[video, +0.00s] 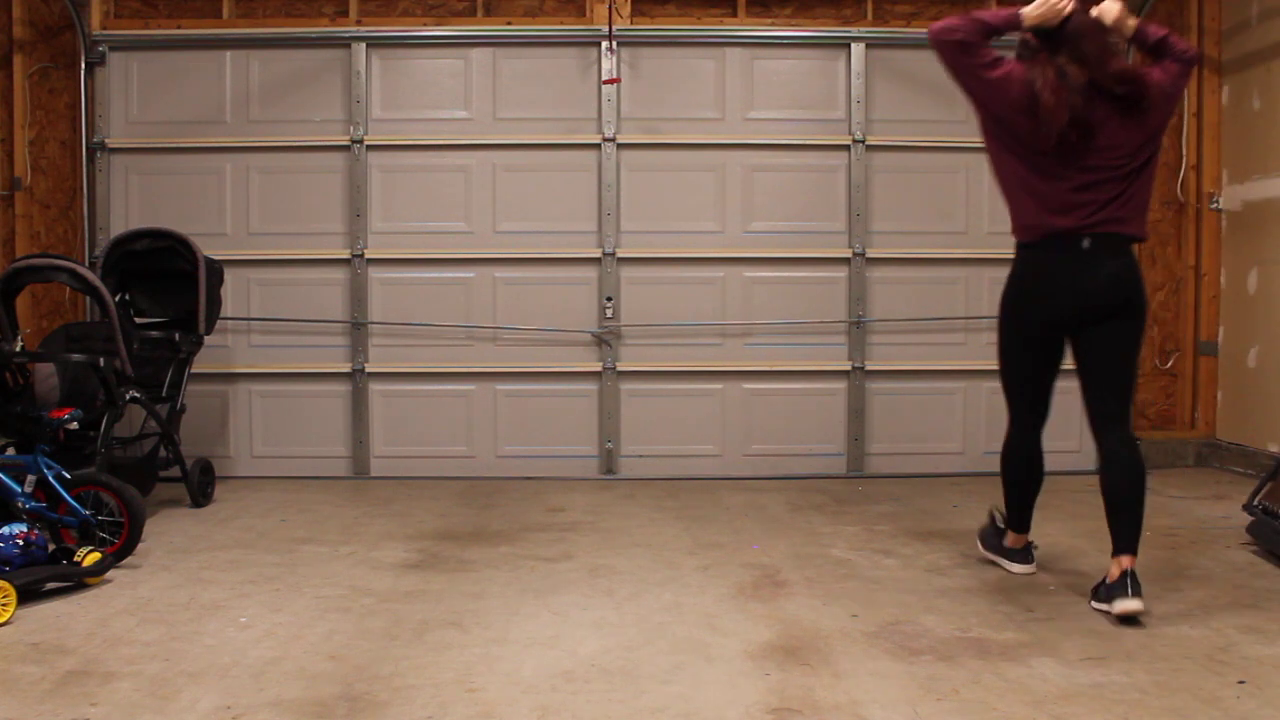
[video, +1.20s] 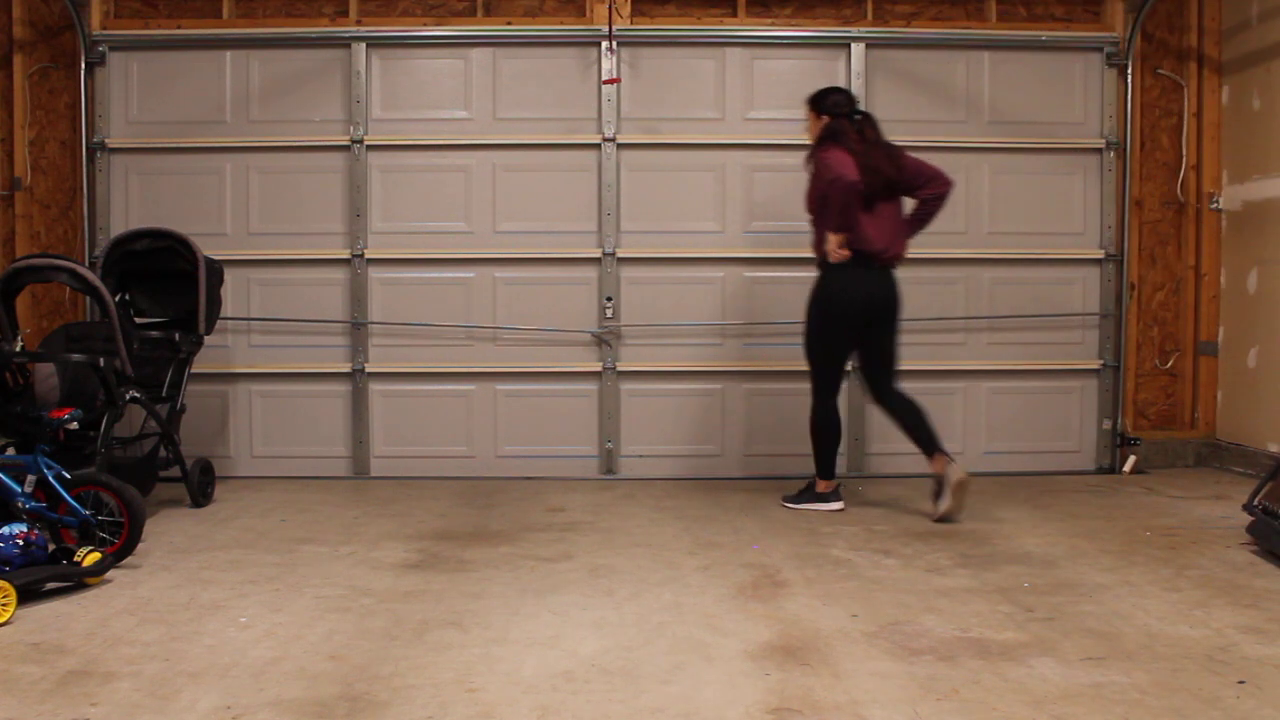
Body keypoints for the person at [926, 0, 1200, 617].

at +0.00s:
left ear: (1038, 47)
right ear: (1107, 48)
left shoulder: (1011, 91)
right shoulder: (1141, 96)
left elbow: (946, 34)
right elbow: (1183, 56)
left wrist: (1017, 16)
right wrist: (1133, 26)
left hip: (1038, 272)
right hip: (1114, 272)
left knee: (1025, 418)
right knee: (1115, 427)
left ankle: (1016, 539)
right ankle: (1124, 572)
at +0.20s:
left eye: (998, 60)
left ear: (997, 69)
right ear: (1068, 73)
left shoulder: (978, 121)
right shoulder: (1092, 118)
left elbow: (905, 120)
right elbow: (1149, 122)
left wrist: (952, 62)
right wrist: (1107, 70)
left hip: (998, 278)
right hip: (1066, 277)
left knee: (1000, 413)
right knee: (1060, 403)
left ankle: (1014, 538)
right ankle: (1092, 497)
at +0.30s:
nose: (977, 63)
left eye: (980, 55)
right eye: (979, 54)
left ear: (992, 57)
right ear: (1037, 54)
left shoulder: (980, 112)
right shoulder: (1069, 111)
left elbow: (924, 176)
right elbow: (1131, 174)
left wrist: (906, 142)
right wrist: (1071, 164)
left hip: (987, 274)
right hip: (1052, 272)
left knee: (996, 407)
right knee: (1036, 388)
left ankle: (1015, 539)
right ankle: (1055, 501)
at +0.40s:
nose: (965, 74)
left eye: (967, 66)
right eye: (967, 65)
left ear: (977, 68)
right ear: (1021, 66)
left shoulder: (963, 118)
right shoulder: (1052, 118)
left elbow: (926, 184)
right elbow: (1104, 194)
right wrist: (1072, 236)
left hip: (976, 278)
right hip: (1037, 276)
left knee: (994, 405)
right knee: (1020, 395)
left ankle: (1015, 536)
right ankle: (1012, 517)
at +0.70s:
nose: (920, 100)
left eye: (922, 94)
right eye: (924, 93)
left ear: (929, 96)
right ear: (968, 95)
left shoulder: (921, 133)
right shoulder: (998, 133)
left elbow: (908, 169)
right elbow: (1062, 169)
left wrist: (907, 225)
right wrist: (1030, 223)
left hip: (942, 281)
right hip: (991, 280)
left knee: (923, 400)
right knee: (970, 390)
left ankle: (979, 480)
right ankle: (969, 502)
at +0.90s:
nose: (877, 106)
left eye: (879, 99)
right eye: (879, 98)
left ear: (887, 100)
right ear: (922, 99)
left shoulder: (892, 135)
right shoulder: (953, 135)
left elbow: (912, 160)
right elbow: (1019, 162)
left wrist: (899, 219)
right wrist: (986, 216)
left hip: (913, 273)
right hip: (958, 274)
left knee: (874, 380)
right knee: (960, 388)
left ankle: (887, 489)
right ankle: (966, 501)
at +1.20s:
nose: (806, 127)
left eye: (809, 119)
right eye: (807, 119)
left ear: (824, 119)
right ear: (847, 118)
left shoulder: (827, 153)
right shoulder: (878, 152)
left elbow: (845, 180)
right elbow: (938, 183)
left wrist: (830, 234)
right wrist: (905, 233)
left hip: (839, 284)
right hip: (880, 282)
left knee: (824, 389)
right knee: (882, 386)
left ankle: (824, 486)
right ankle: (943, 465)